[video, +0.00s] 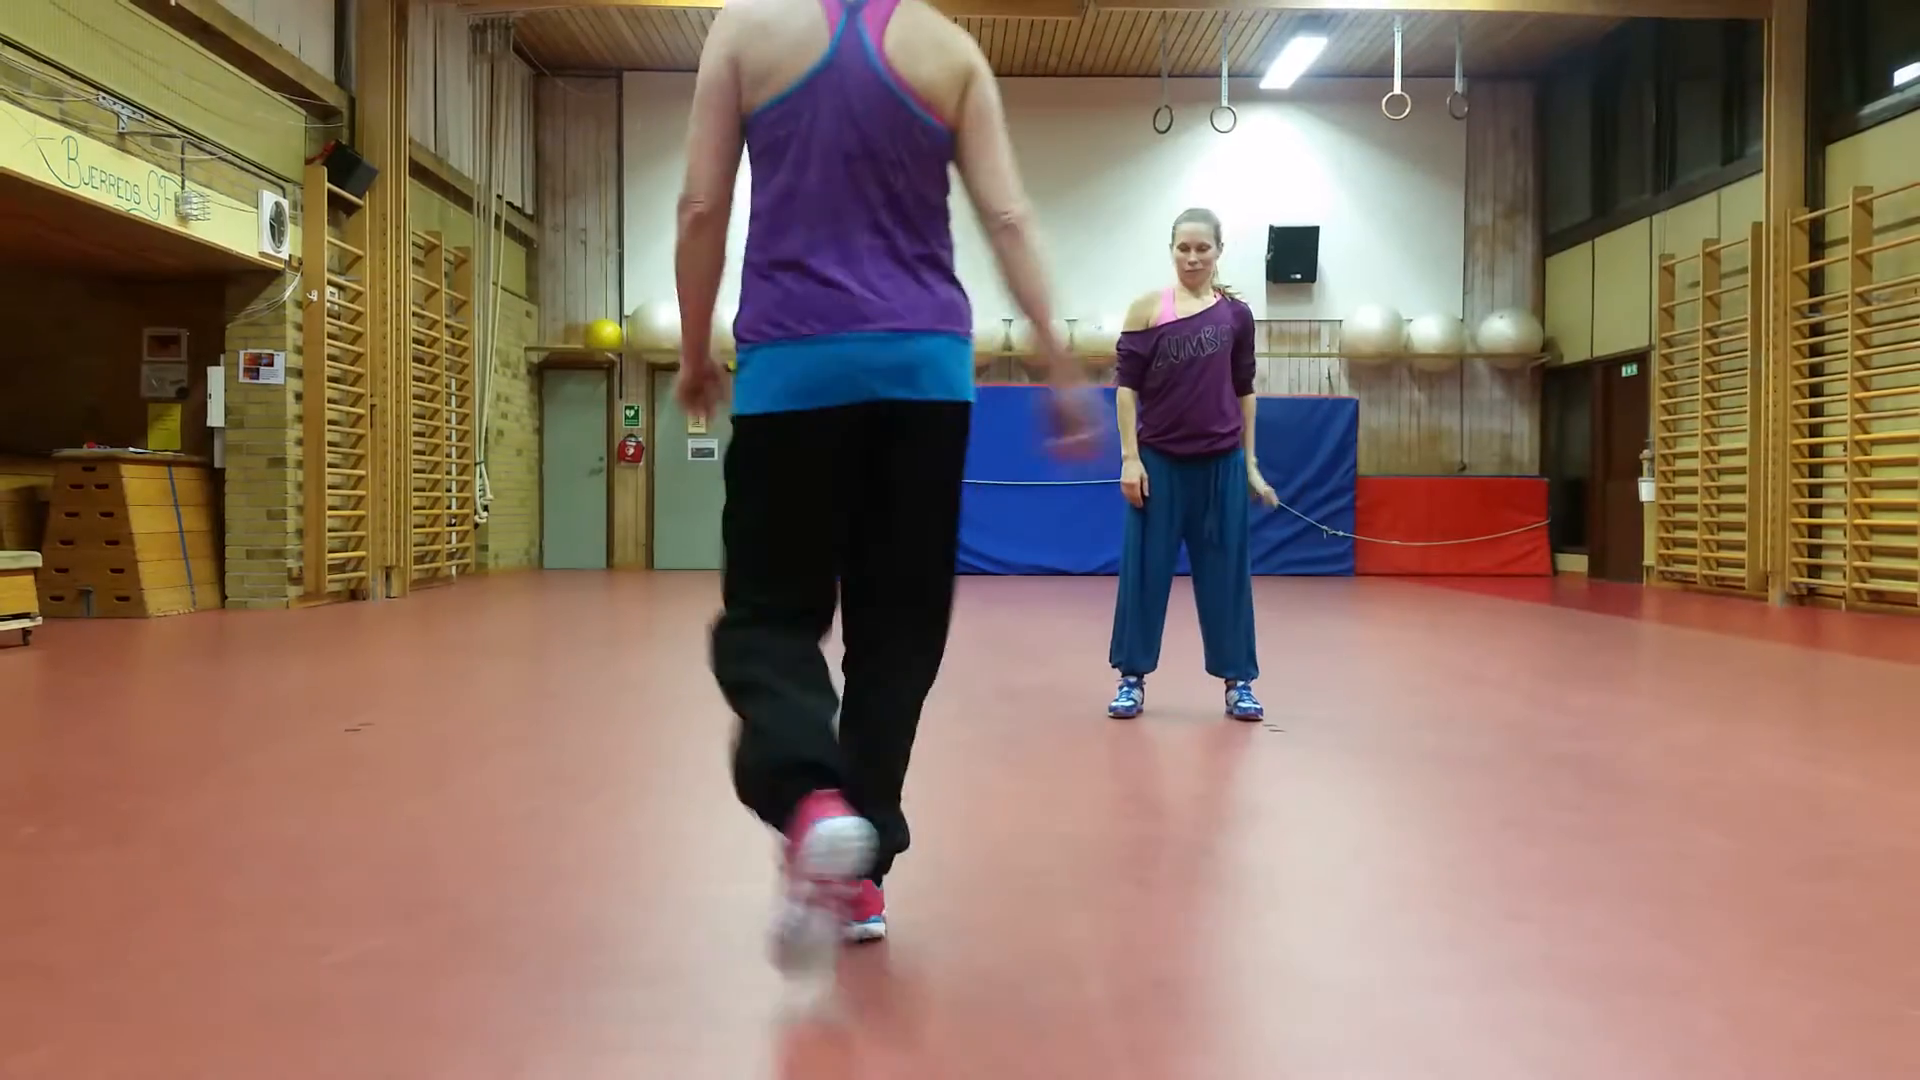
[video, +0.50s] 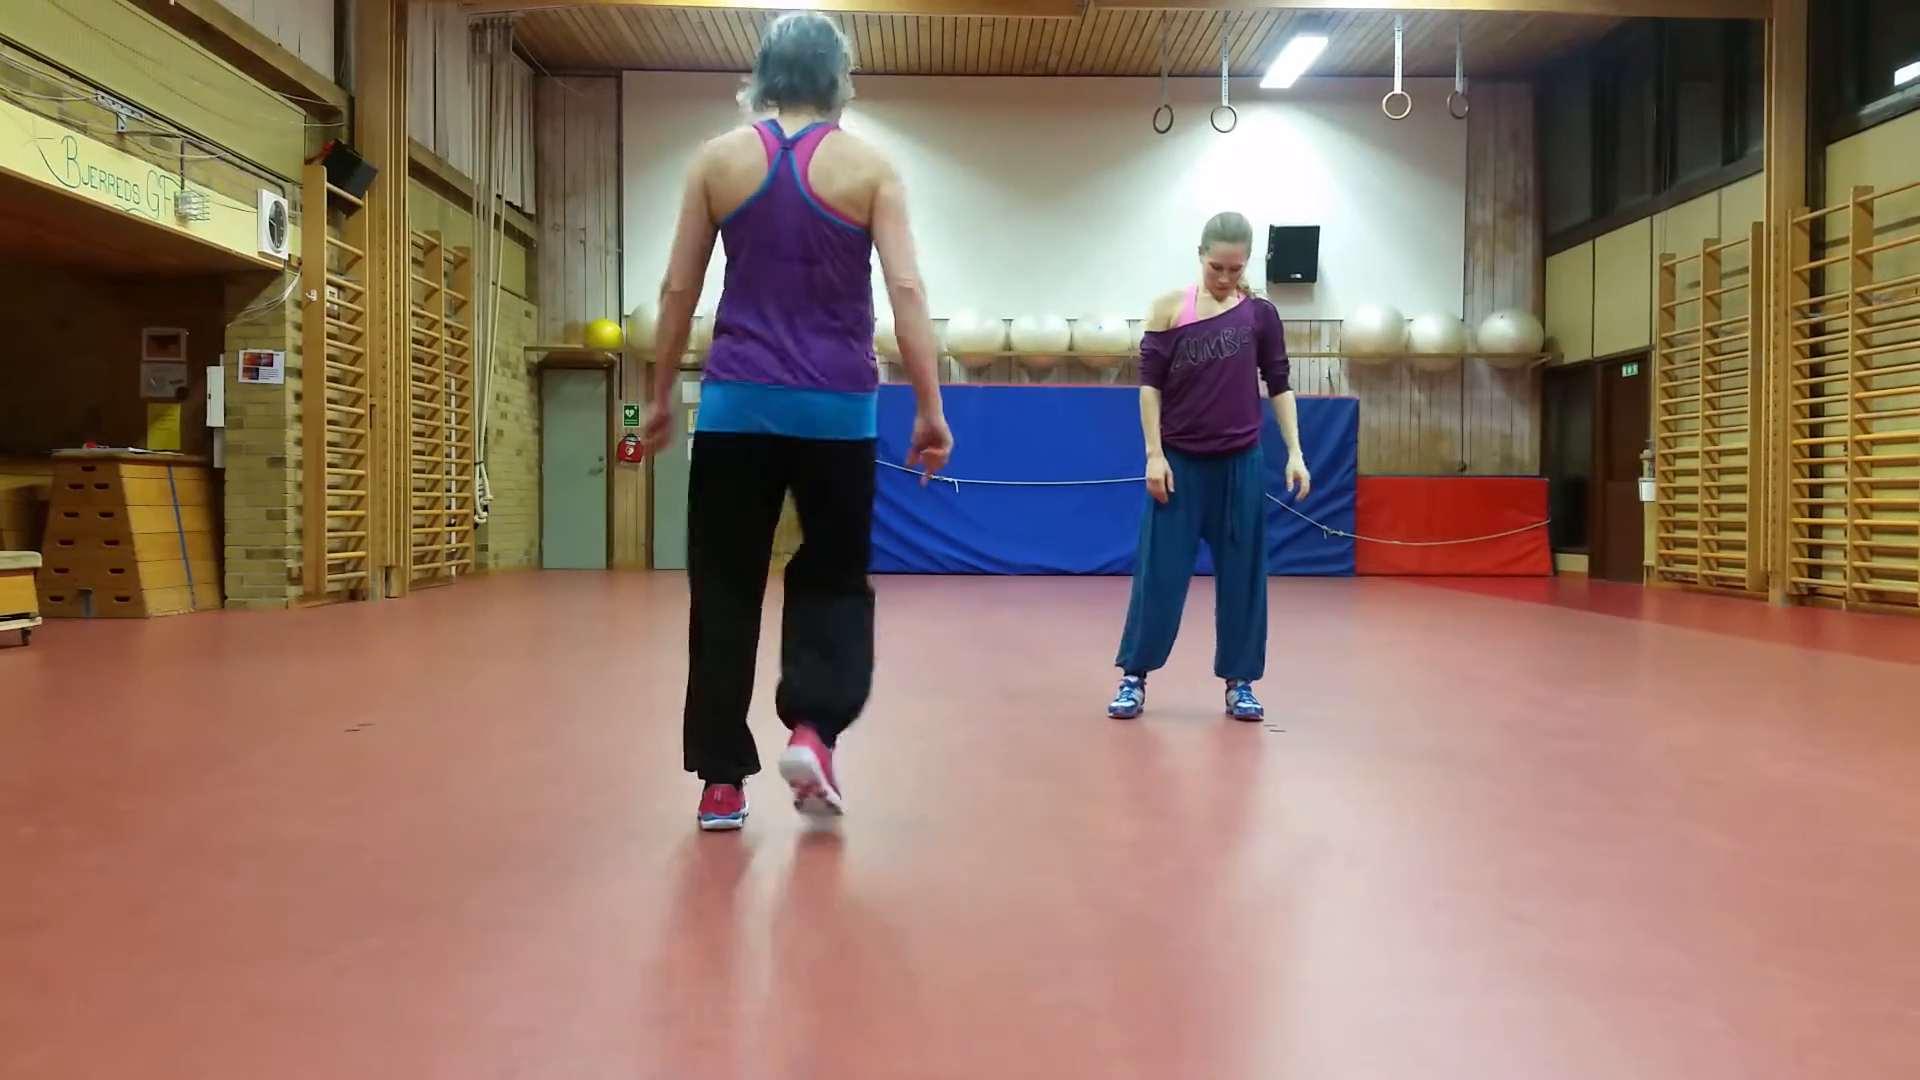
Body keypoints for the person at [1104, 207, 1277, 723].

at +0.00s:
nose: (1192, 257)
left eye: (1202, 248)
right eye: (1184, 248)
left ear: (1218, 252)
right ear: (1172, 251)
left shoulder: (1236, 313)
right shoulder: (1147, 309)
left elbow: (1245, 390)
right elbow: (1126, 387)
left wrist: (1250, 463)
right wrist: (1130, 458)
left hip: (1222, 460)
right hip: (1158, 459)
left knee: (1228, 571)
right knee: (1144, 571)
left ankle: (1238, 682)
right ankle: (1131, 679)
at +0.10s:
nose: (1197, 264)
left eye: (1206, 256)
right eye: (1189, 255)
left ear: (1221, 257)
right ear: (1176, 252)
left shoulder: (1238, 314)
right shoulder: (1150, 310)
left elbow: (1252, 388)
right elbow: (1128, 386)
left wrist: (1264, 457)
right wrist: (1133, 457)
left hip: (1225, 460)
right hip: (1161, 459)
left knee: (1229, 569)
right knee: (1145, 569)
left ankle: (1237, 681)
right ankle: (1130, 677)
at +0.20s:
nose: (1202, 270)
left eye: (1212, 262)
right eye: (1194, 260)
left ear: (1225, 261)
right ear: (1180, 255)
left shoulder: (1241, 316)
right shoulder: (1152, 312)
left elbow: (1259, 386)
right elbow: (1132, 386)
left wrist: (1277, 450)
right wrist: (1137, 455)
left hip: (1226, 460)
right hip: (1163, 460)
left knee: (1231, 568)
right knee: (1146, 567)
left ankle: (1236, 680)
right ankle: (1130, 676)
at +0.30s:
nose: (1213, 274)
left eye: (1222, 265)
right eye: (1205, 264)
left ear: (1234, 259)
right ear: (1188, 252)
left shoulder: (1249, 313)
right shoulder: (1158, 310)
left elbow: (1268, 383)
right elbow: (1138, 384)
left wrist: (1290, 446)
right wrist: (1144, 453)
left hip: (1232, 461)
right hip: (1169, 460)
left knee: (1236, 570)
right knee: (1151, 568)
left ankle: (1239, 681)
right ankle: (1131, 677)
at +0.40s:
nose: (1220, 275)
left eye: (1230, 266)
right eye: (1212, 265)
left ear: (1242, 261)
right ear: (1195, 253)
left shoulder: (1256, 312)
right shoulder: (1165, 308)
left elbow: (1276, 382)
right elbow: (1143, 383)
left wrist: (1295, 446)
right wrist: (1150, 452)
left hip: (1237, 461)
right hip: (1174, 460)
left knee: (1240, 570)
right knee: (1155, 569)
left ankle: (1241, 682)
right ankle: (1133, 677)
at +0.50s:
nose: (1225, 279)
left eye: (1236, 269)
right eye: (1217, 267)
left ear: (1249, 262)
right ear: (1200, 255)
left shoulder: (1261, 313)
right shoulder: (1169, 309)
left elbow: (1279, 384)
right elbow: (1150, 384)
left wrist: (1294, 452)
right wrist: (1154, 455)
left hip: (1242, 461)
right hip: (1178, 461)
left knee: (1243, 571)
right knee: (1159, 569)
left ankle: (1240, 682)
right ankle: (1133, 677)